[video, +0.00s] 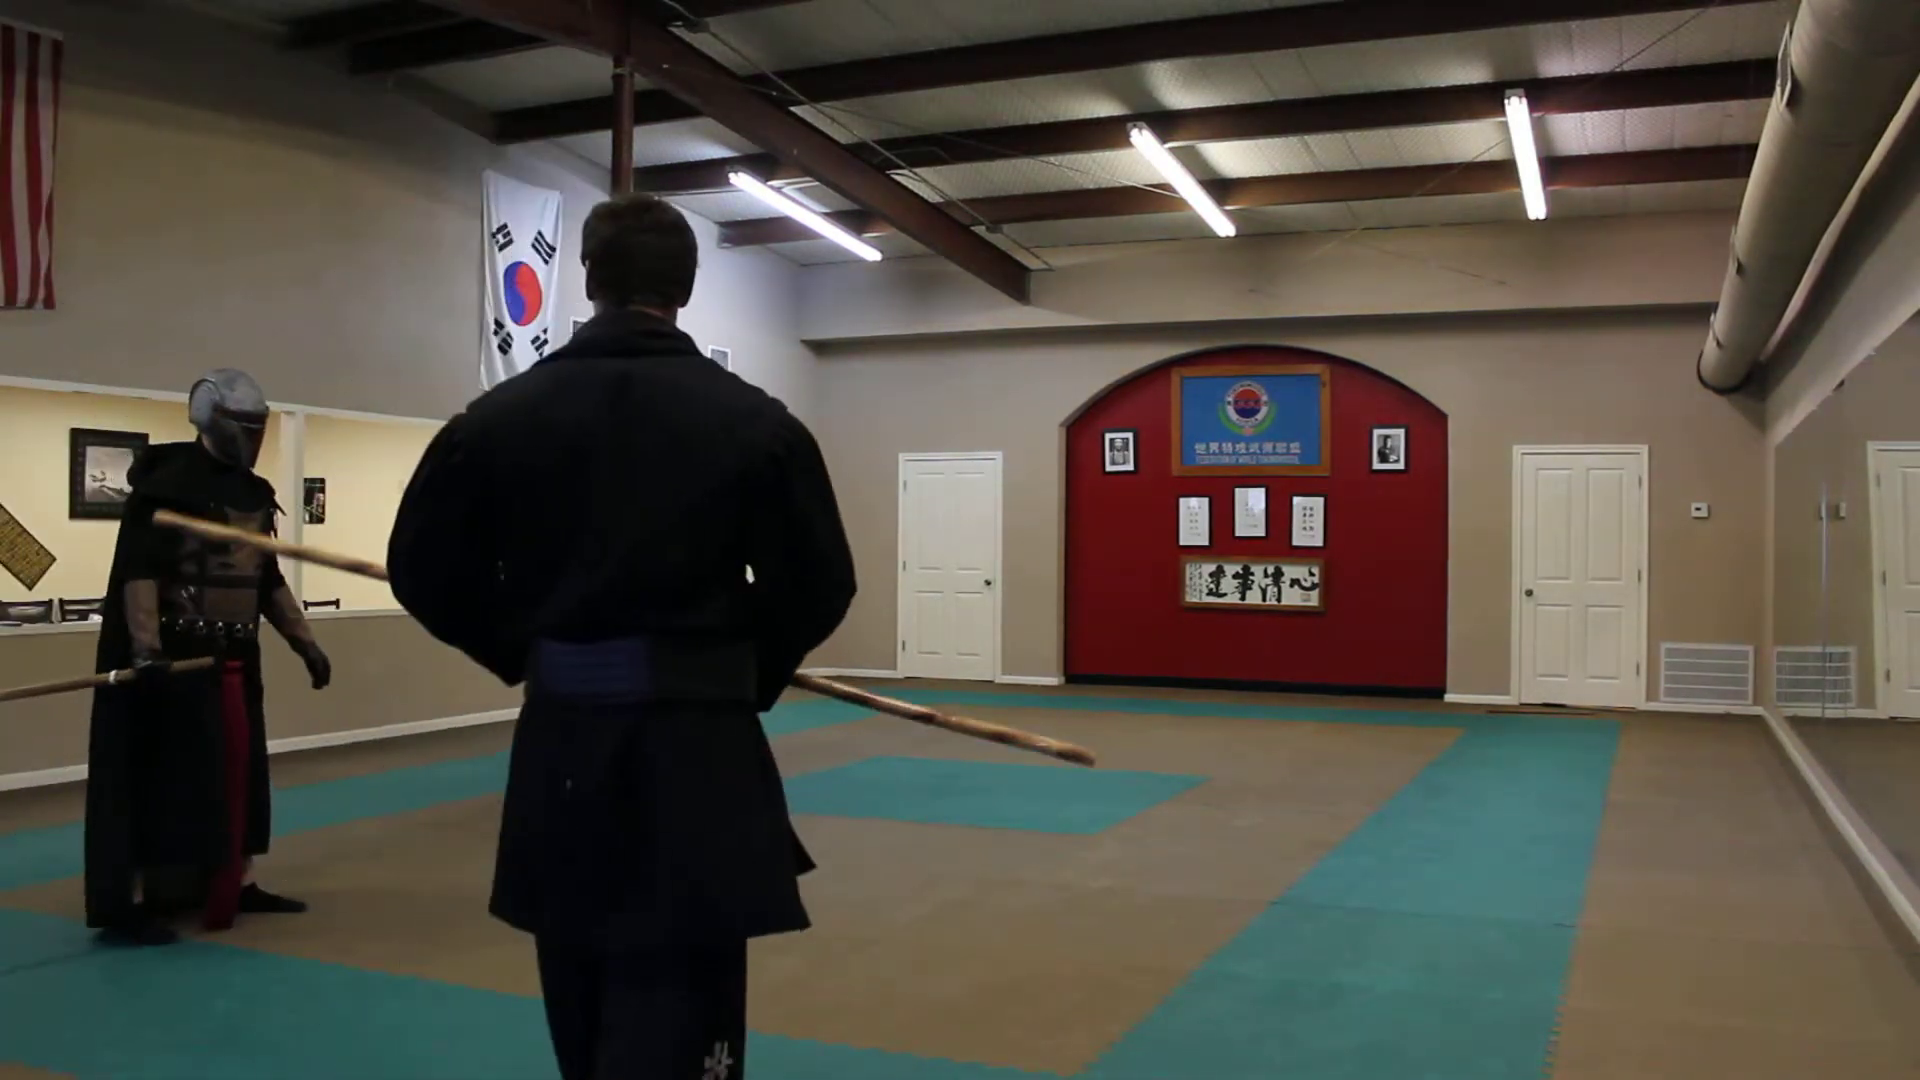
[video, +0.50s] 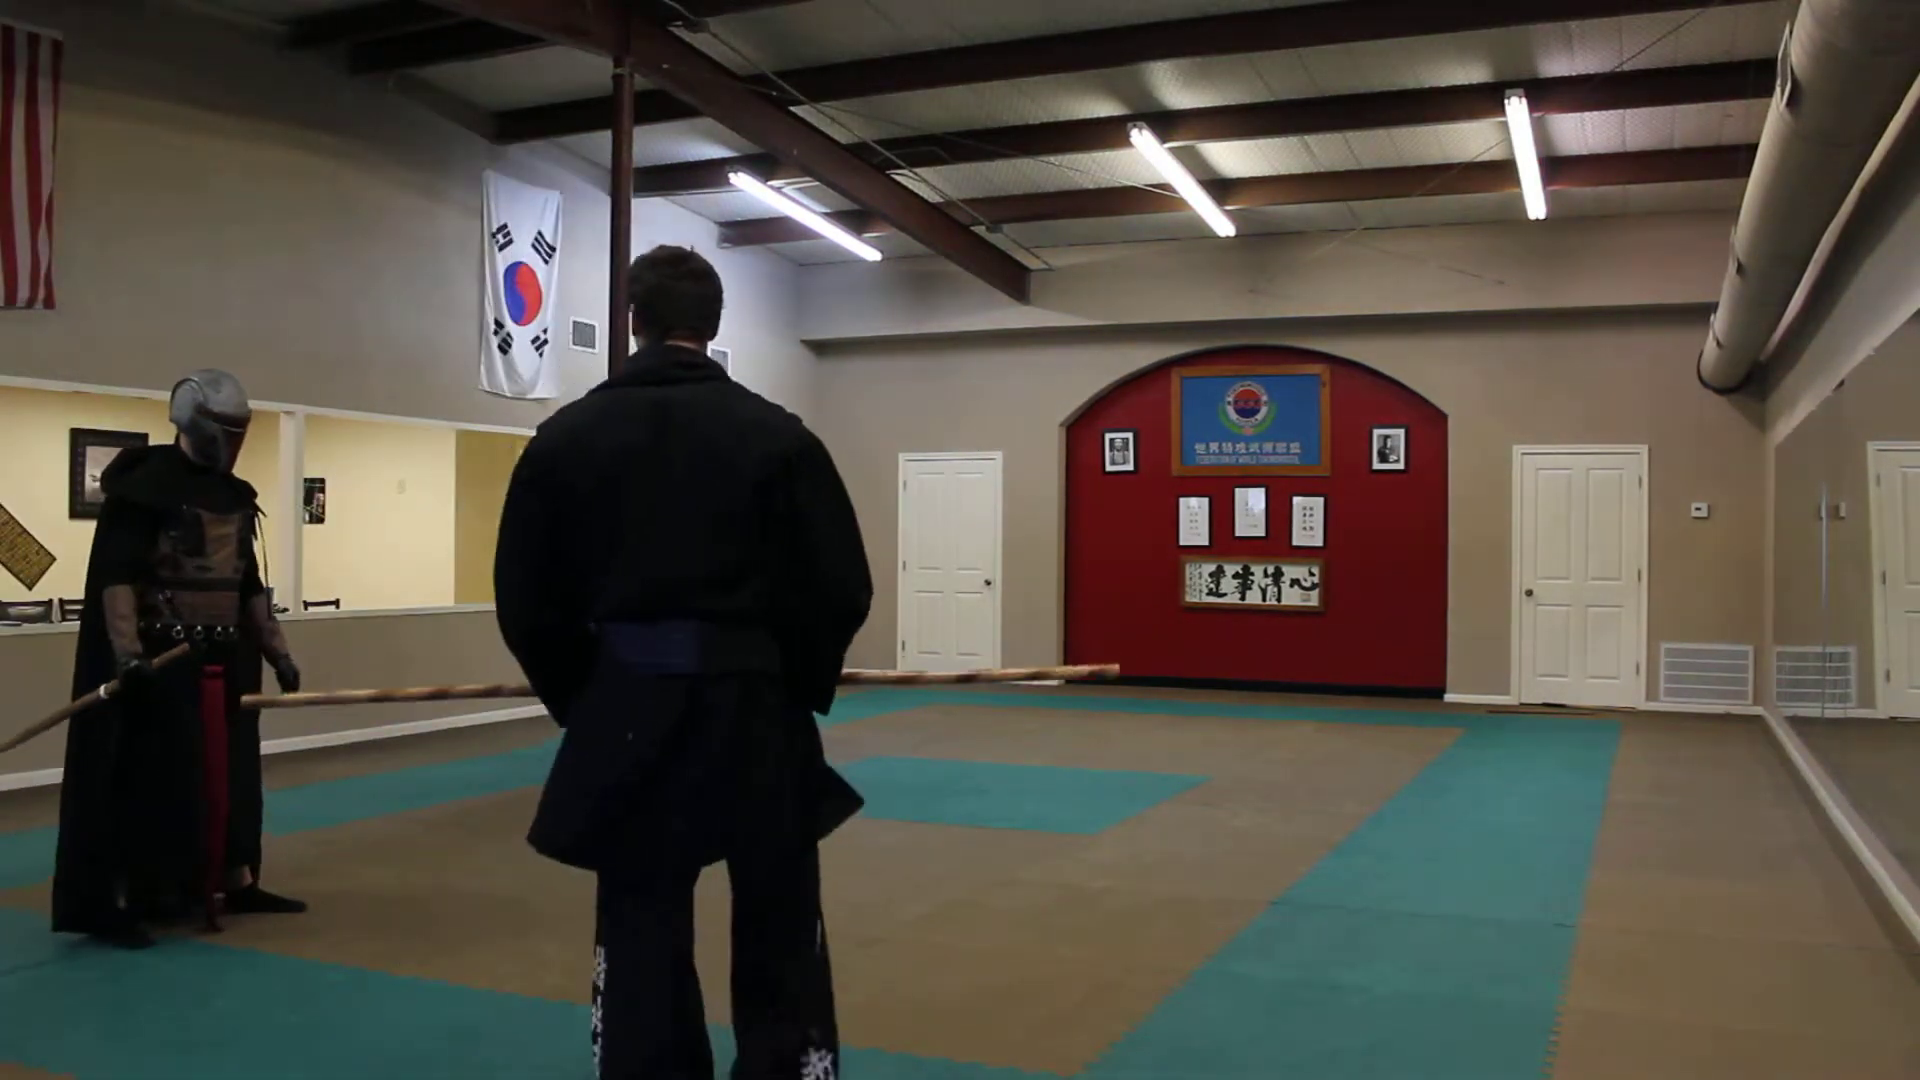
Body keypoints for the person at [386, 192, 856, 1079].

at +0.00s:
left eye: (589, 271)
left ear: (587, 281)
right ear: (685, 287)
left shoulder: (500, 418)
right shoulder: (752, 421)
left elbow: (422, 567)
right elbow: (818, 583)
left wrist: (525, 647)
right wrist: (739, 673)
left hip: (563, 750)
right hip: (701, 753)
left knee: (581, 999)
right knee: (692, 1001)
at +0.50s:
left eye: (632, 315)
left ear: (631, 324)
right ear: (717, 327)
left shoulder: (566, 438)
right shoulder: (780, 437)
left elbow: (524, 601)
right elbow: (843, 591)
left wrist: (591, 711)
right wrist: (793, 696)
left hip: (629, 732)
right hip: (762, 733)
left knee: (642, 952)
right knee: (781, 948)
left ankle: (649, 1074)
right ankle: (787, 1072)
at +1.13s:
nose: (721, 368)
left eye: (720, 357)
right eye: (722, 356)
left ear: (735, 357)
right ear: (799, 355)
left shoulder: (699, 453)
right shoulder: (865, 446)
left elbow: (656, 595)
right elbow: (897, 567)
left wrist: (690, 674)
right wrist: (853, 648)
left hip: (737, 692)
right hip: (842, 694)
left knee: (730, 864)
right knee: (839, 875)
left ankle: (725, 1027)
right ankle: (835, 1046)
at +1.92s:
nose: (691, 409)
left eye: (692, 396)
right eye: (688, 396)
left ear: (715, 390)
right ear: (747, 387)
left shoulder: (729, 467)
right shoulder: (815, 461)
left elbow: (682, 572)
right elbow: (810, 566)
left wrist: (652, 645)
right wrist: (727, 606)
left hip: (754, 670)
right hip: (813, 663)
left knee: (729, 824)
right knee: (807, 803)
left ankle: (736, 993)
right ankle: (823, 935)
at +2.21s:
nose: (697, 422)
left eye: (701, 408)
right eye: (696, 410)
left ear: (731, 402)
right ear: (740, 401)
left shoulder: (769, 471)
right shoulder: (778, 457)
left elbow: (759, 589)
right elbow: (742, 559)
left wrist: (719, 670)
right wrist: (707, 612)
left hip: (808, 664)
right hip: (822, 655)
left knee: (794, 812)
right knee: (822, 806)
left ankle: (821, 966)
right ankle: (845, 942)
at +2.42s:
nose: (686, 434)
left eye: (692, 422)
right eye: (685, 422)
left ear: (725, 418)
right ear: (724, 419)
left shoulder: (793, 488)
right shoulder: (728, 494)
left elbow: (811, 595)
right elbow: (707, 590)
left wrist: (747, 667)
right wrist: (679, 663)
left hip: (826, 676)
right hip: (770, 678)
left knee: (847, 811)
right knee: (754, 789)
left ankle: (894, 958)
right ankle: (809, 936)